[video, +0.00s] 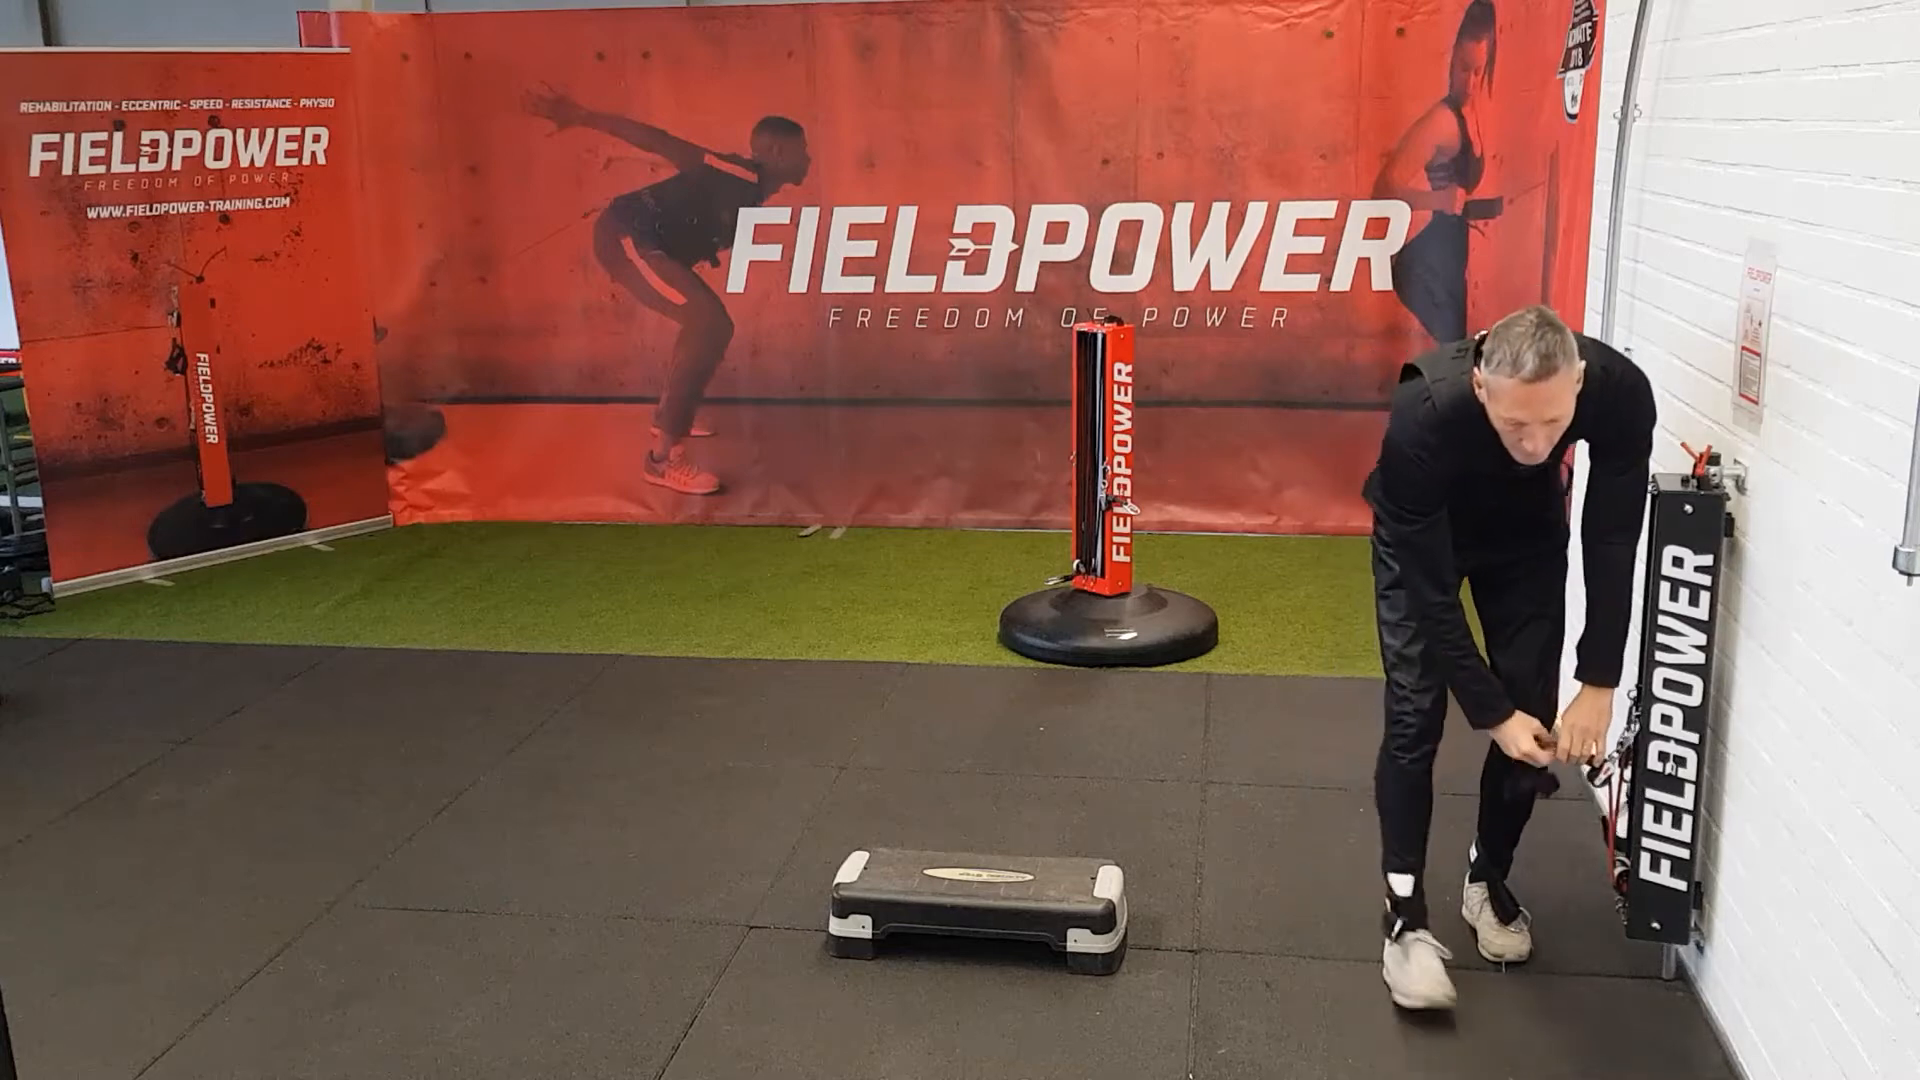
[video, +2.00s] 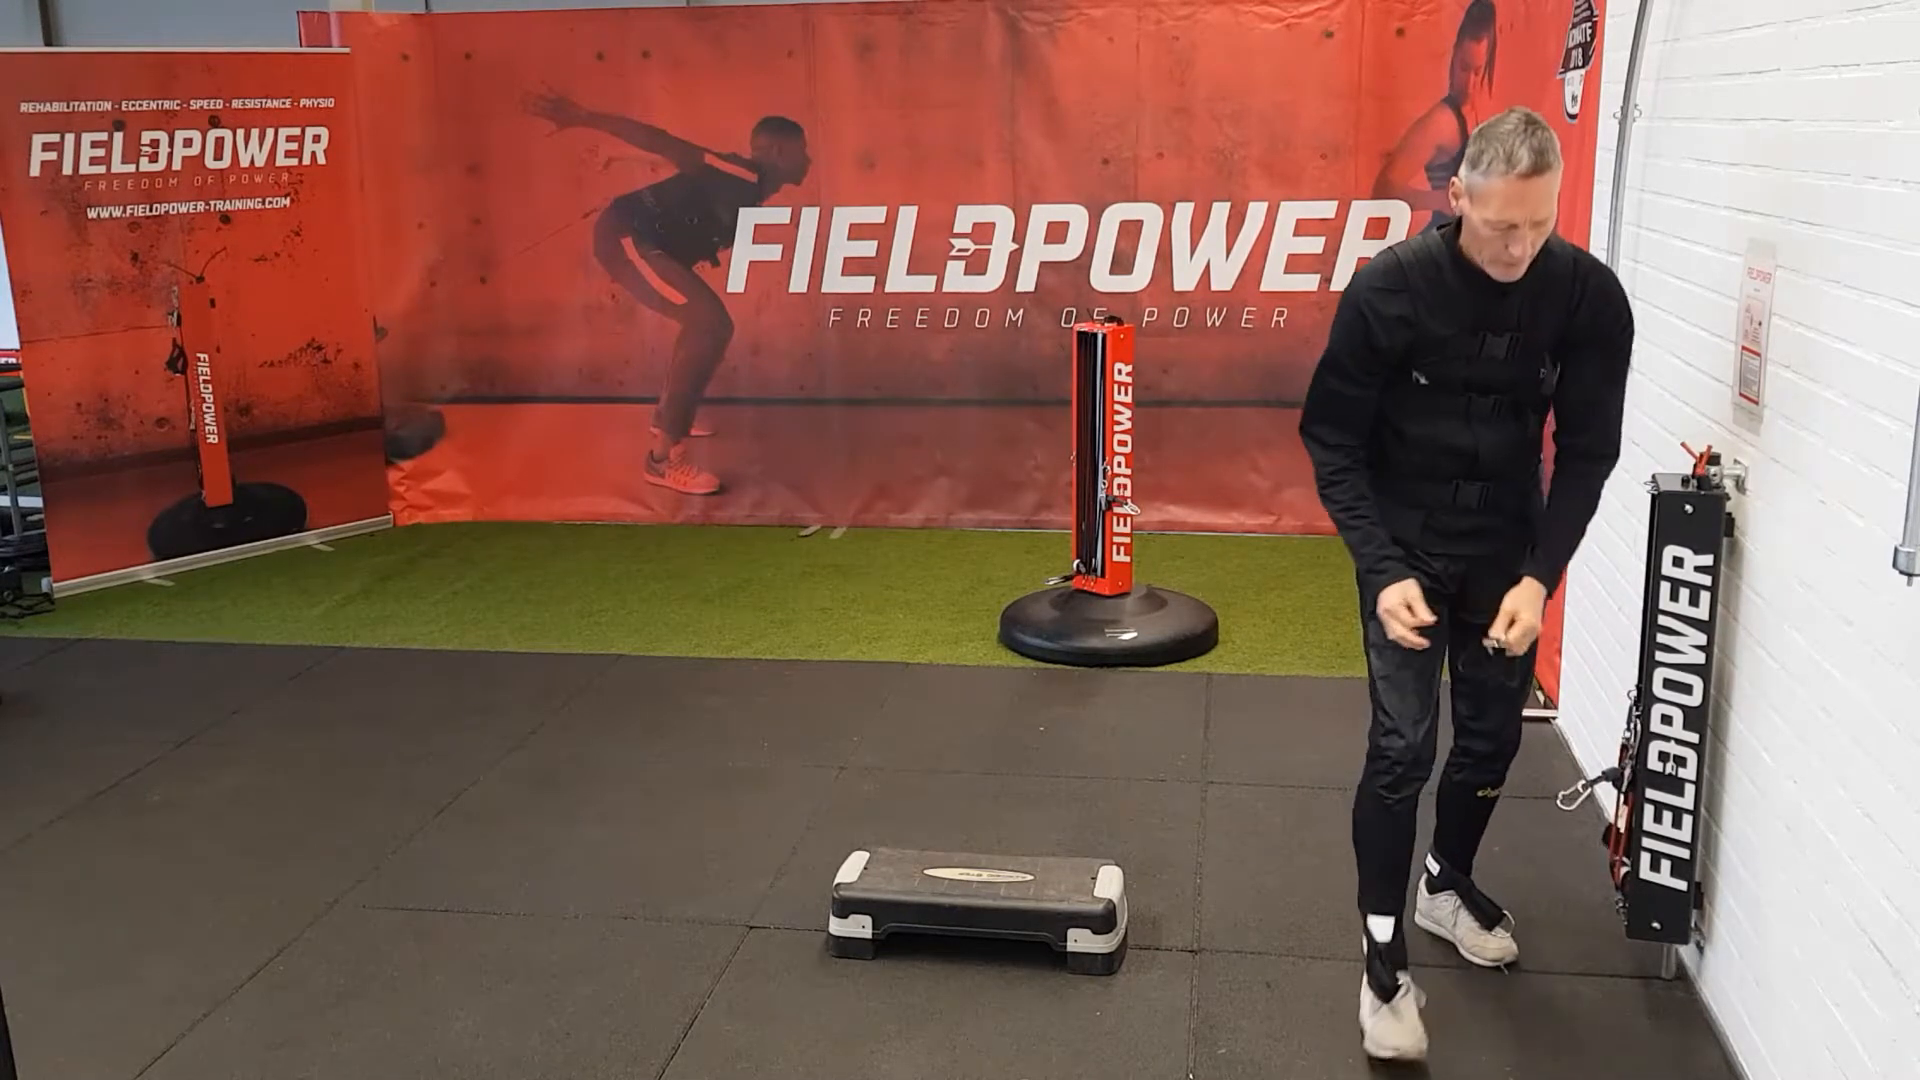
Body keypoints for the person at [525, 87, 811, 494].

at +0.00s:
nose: (808, 158)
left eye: (805, 149)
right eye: (800, 149)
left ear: (775, 151)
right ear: (772, 150)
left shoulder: (749, 197)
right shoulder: (732, 180)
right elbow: (659, 141)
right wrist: (582, 116)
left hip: (646, 237)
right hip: (626, 232)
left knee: (715, 323)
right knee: (708, 323)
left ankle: (671, 414)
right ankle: (664, 457)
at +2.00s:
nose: (807, 159)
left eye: (804, 150)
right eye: (801, 150)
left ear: (773, 151)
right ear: (772, 150)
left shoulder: (749, 189)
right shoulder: (737, 178)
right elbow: (662, 143)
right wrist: (582, 117)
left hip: (642, 237)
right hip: (627, 235)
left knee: (710, 322)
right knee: (712, 325)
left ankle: (670, 413)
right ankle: (665, 458)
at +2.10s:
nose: (807, 159)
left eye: (804, 150)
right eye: (800, 150)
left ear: (774, 151)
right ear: (772, 150)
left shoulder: (750, 190)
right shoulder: (736, 177)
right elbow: (661, 143)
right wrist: (582, 117)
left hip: (643, 236)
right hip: (627, 234)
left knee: (708, 322)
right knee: (713, 325)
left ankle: (670, 414)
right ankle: (665, 457)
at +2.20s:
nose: (807, 159)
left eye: (804, 150)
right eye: (800, 150)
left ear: (774, 152)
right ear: (772, 150)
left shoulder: (749, 191)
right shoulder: (735, 178)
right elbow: (661, 142)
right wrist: (582, 117)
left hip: (644, 236)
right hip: (627, 233)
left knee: (709, 322)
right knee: (712, 325)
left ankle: (670, 414)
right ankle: (665, 457)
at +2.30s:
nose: (807, 159)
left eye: (804, 150)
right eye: (801, 150)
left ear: (773, 151)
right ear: (772, 150)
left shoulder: (748, 188)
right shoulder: (736, 178)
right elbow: (662, 143)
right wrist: (582, 117)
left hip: (642, 236)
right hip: (627, 235)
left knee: (710, 322)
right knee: (712, 325)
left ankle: (670, 413)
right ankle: (665, 457)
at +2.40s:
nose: (807, 159)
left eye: (804, 150)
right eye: (800, 149)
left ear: (774, 151)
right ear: (772, 150)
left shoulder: (749, 191)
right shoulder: (735, 177)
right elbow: (661, 143)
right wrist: (582, 117)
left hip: (643, 236)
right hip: (627, 234)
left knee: (708, 322)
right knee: (713, 325)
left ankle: (670, 414)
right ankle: (665, 457)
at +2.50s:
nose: (807, 159)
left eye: (804, 150)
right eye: (800, 150)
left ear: (774, 151)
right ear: (772, 150)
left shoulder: (749, 191)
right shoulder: (735, 177)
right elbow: (661, 143)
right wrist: (582, 117)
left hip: (643, 236)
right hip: (627, 234)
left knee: (708, 322)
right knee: (713, 325)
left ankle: (670, 414)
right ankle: (665, 457)